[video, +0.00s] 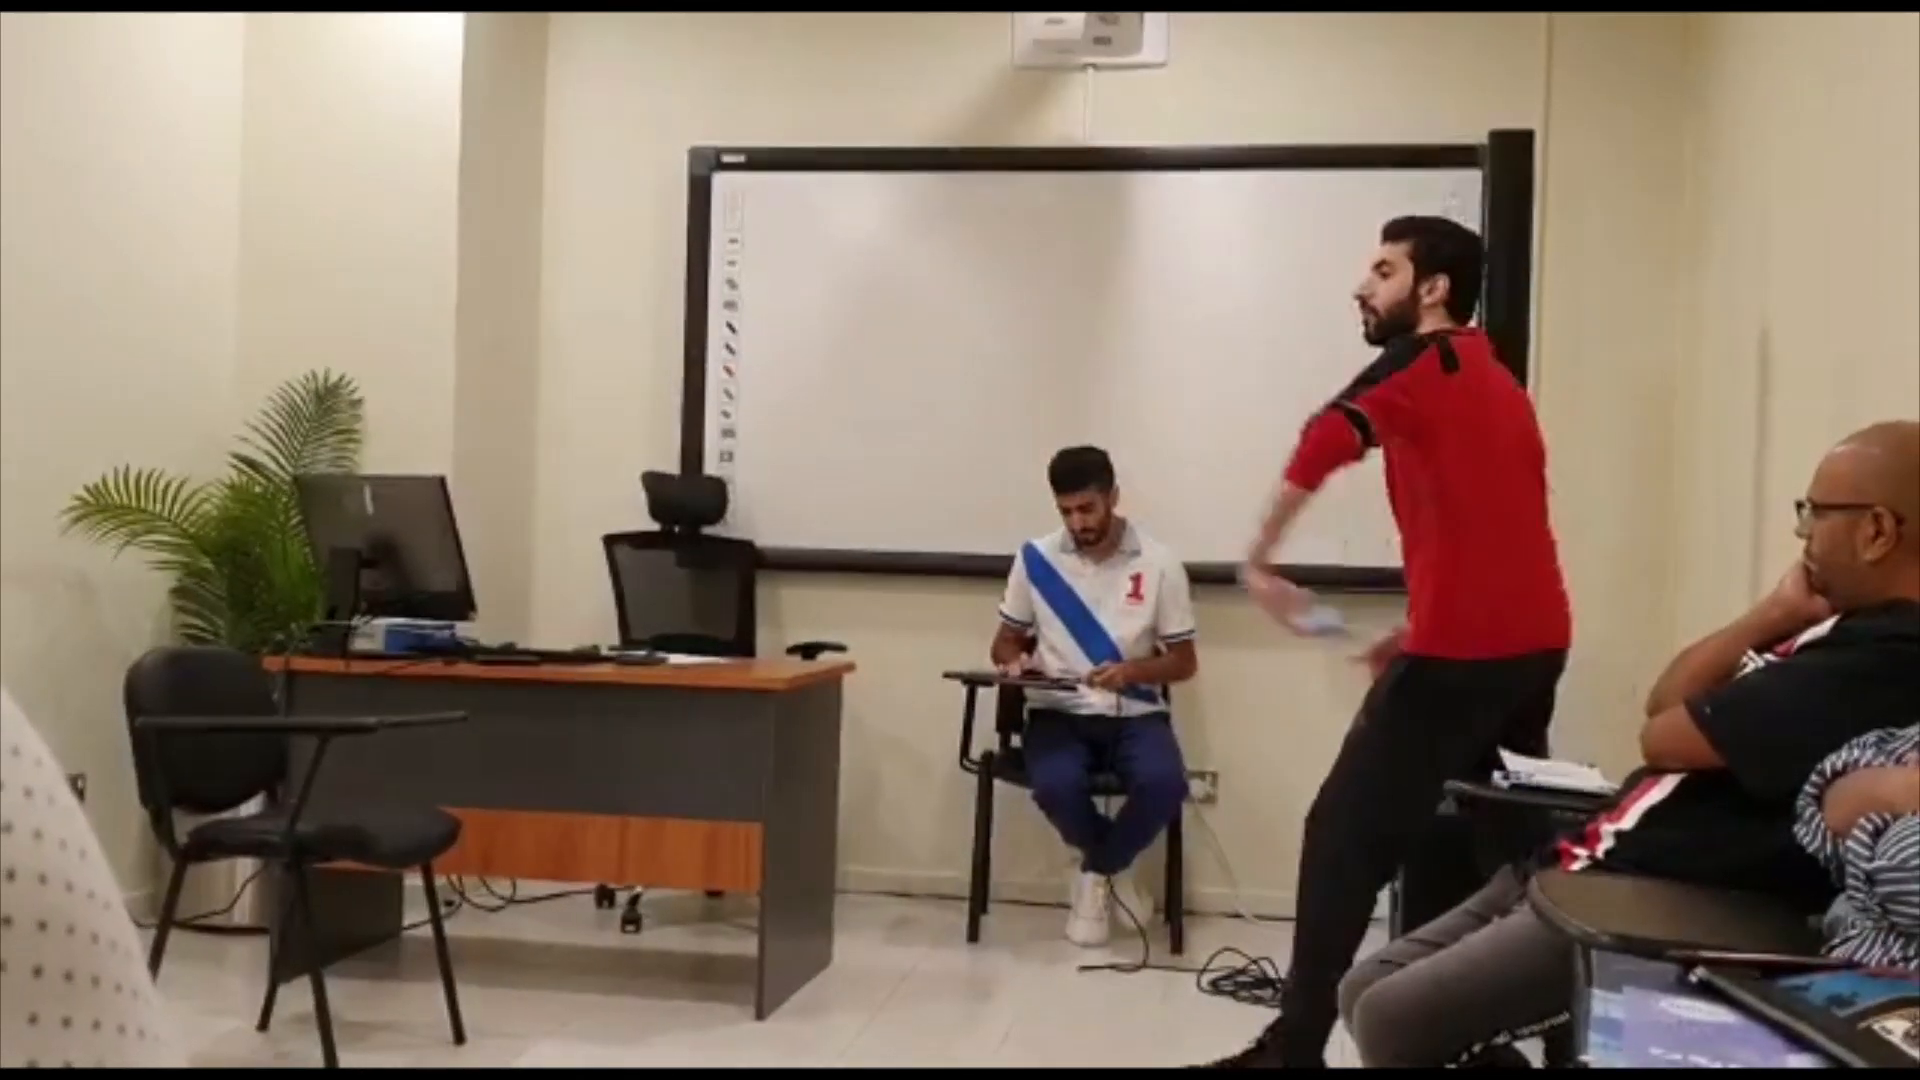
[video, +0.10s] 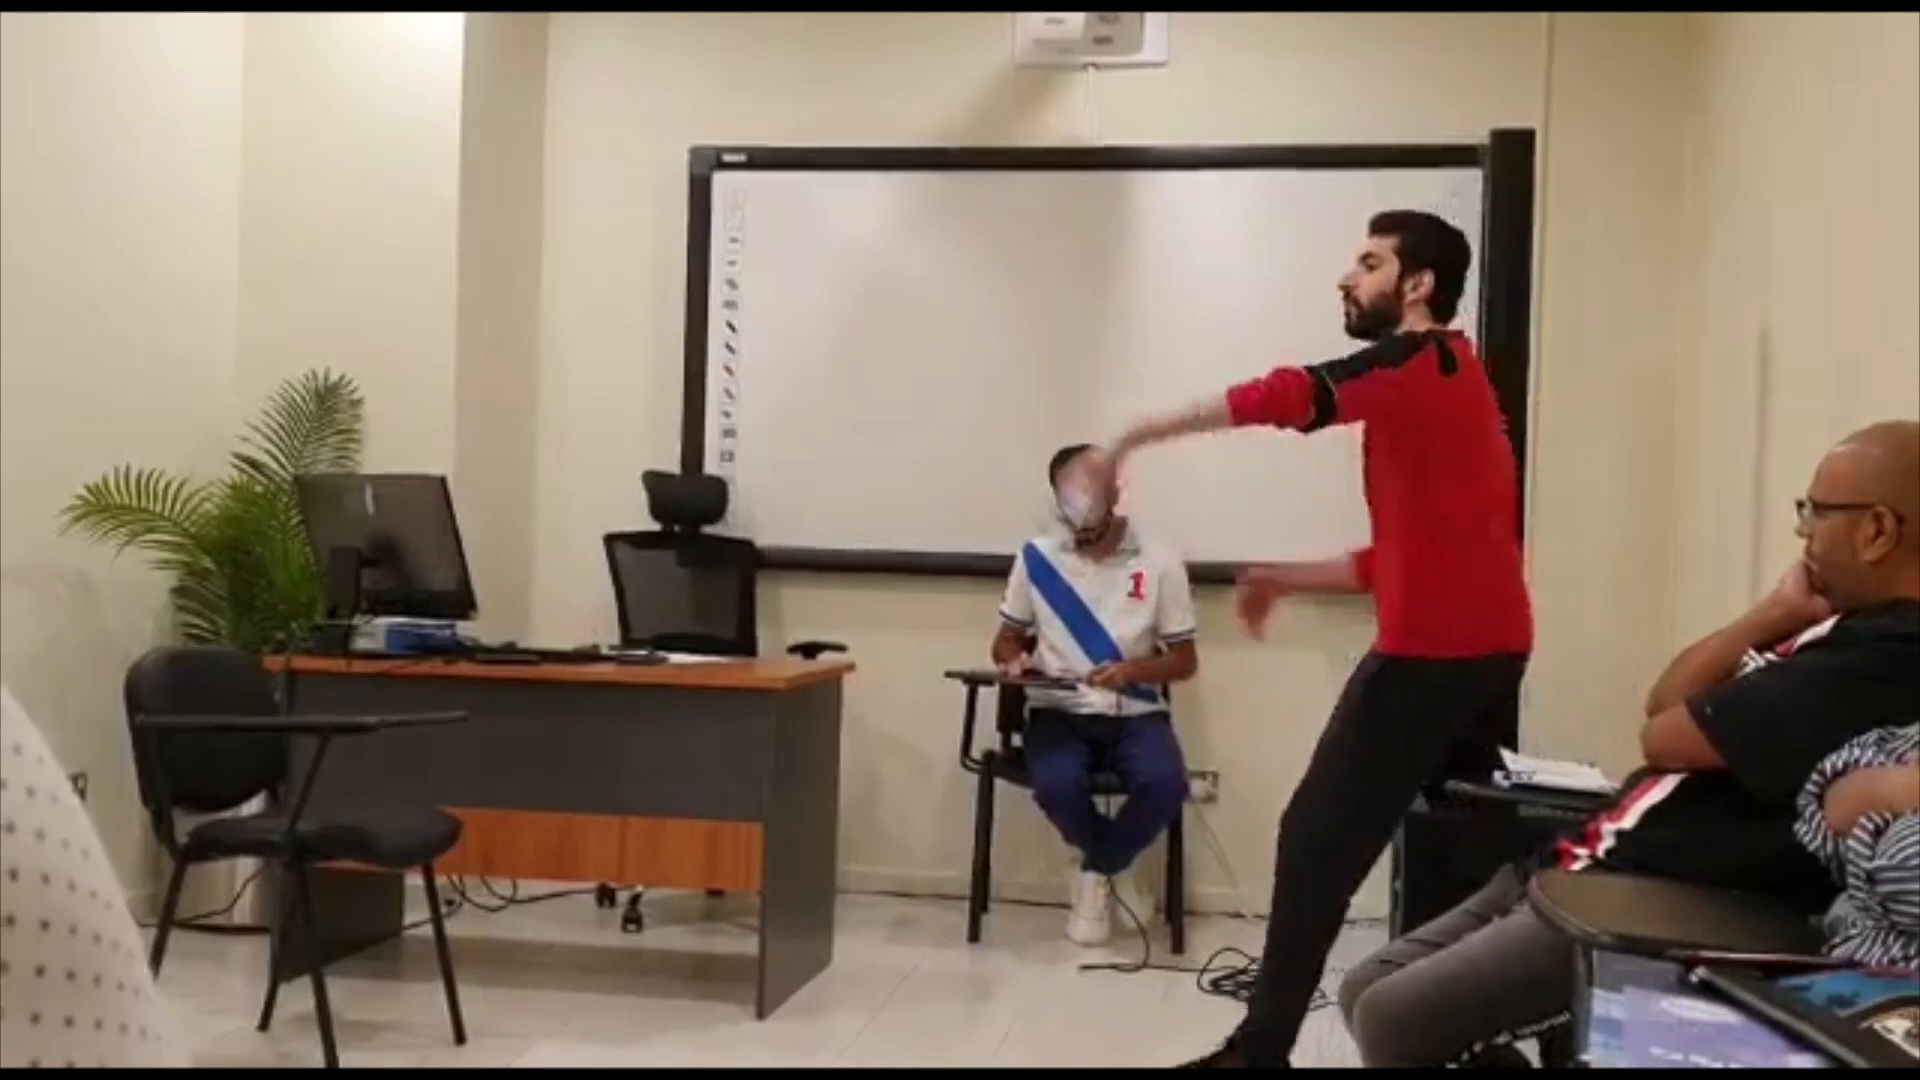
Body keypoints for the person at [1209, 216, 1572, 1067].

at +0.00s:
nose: (1364, 286)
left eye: (1383, 272)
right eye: (1370, 269)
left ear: (1433, 289)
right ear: (1444, 297)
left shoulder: (1411, 369)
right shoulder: (1499, 380)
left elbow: (1328, 437)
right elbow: (1502, 527)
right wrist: (1416, 631)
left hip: (1459, 649)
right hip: (1532, 643)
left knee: (1340, 830)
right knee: (1454, 838)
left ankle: (1300, 1037)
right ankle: (1444, 1027)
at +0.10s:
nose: (1348, 277)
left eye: (1368, 263)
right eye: (1355, 262)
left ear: (1417, 284)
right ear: (1423, 292)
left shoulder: (1414, 362)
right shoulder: (1461, 382)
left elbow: (1296, 397)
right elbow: (1417, 557)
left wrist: (1140, 434)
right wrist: (1285, 577)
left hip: (1430, 649)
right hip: (1488, 647)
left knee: (1316, 837)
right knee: (1456, 857)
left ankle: (1260, 1047)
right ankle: (1458, 1040)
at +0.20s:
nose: (1320, 269)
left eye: (1344, 256)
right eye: (1329, 254)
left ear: (1394, 281)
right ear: (1392, 286)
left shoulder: (1393, 359)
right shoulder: (1408, 379)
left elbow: (1253, 392)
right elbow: (1304, 520)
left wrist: (1074, 355)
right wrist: (1184, 493)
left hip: (1387, 648)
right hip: (1435, 646)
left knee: (1275, 842)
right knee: (1452, 857)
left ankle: (1248, 1049)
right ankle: (1467, 1038)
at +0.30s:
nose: (1292, 257)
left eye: (1317, 243)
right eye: (1302, 241)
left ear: (1364, 272)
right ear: (1357, 277)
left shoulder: (1360, 356)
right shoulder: (1349, 384)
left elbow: (1206, 378)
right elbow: (1214, 468)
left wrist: (1055, 294)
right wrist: (1111, 403)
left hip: (1339, 640)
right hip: (1369, 639)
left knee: (1248, 840)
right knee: (1393, 840)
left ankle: (1244, 1050)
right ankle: (1491, 1002)